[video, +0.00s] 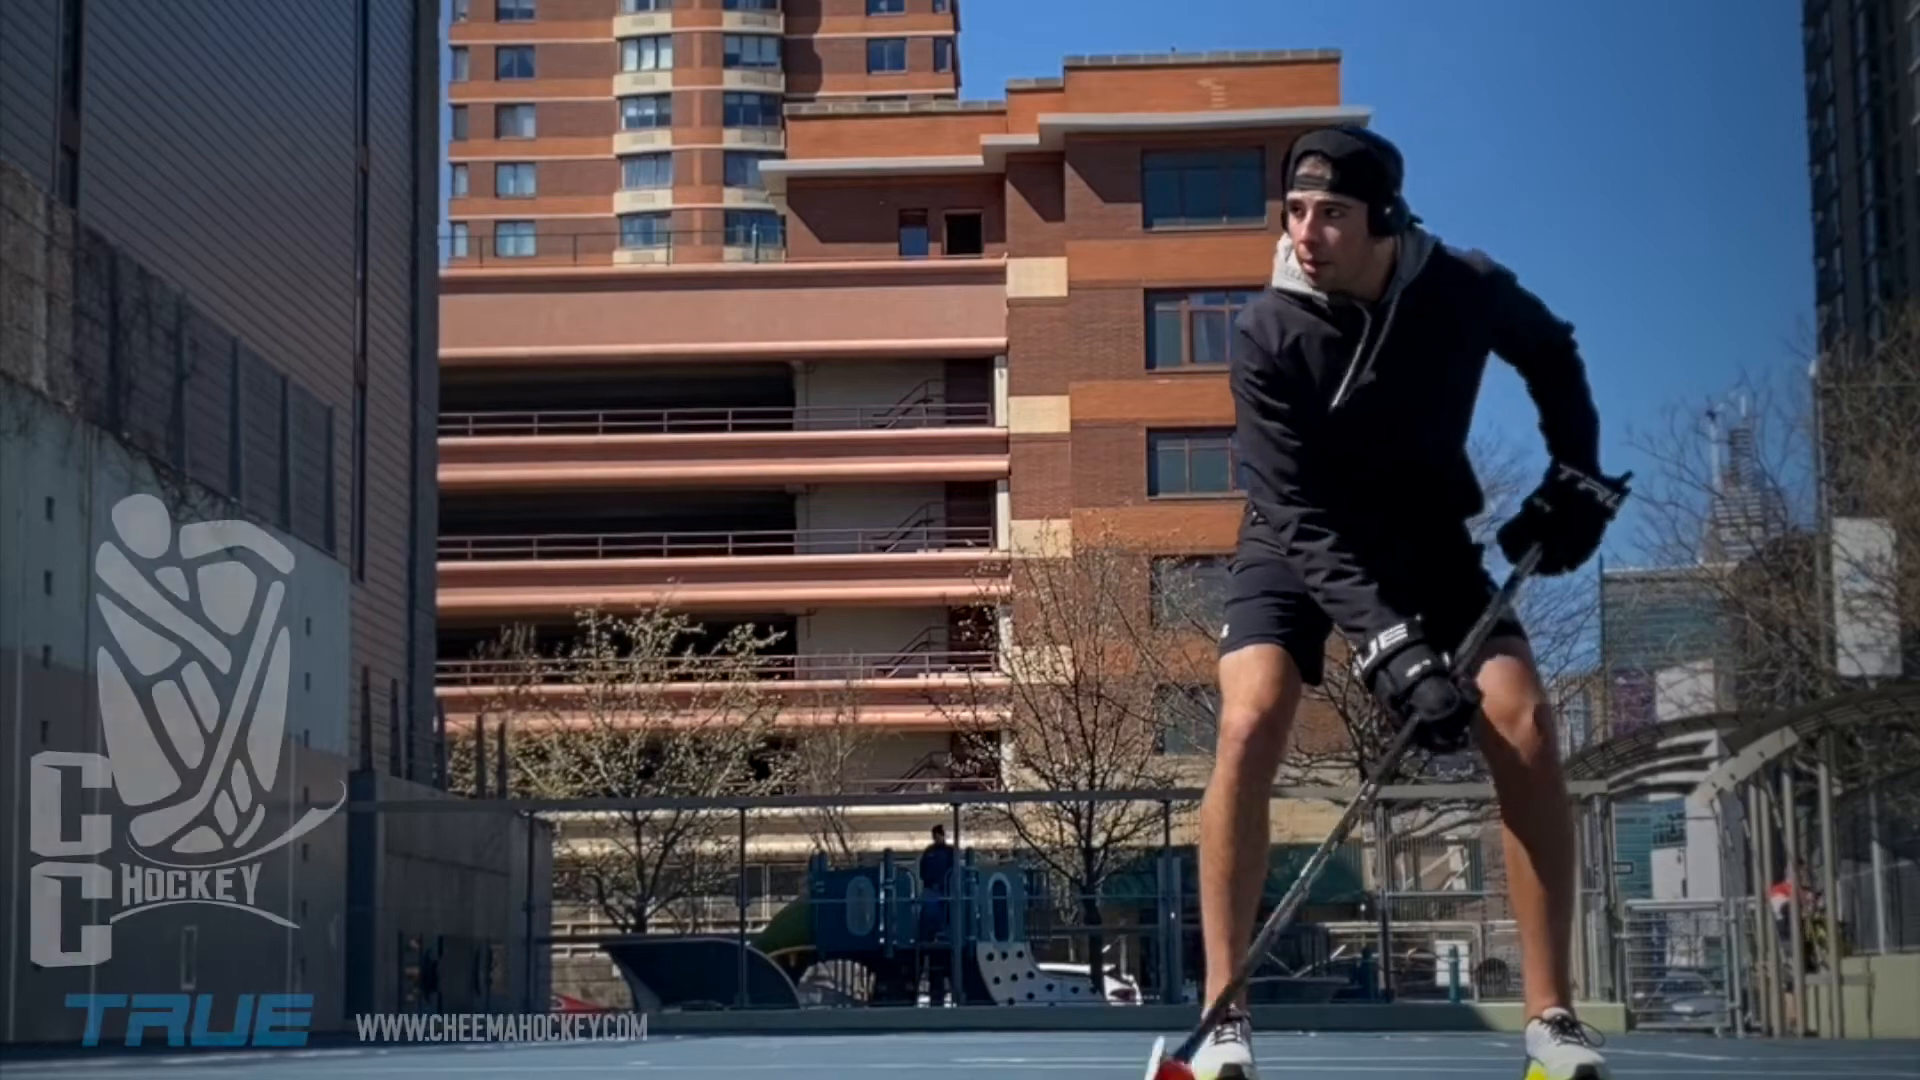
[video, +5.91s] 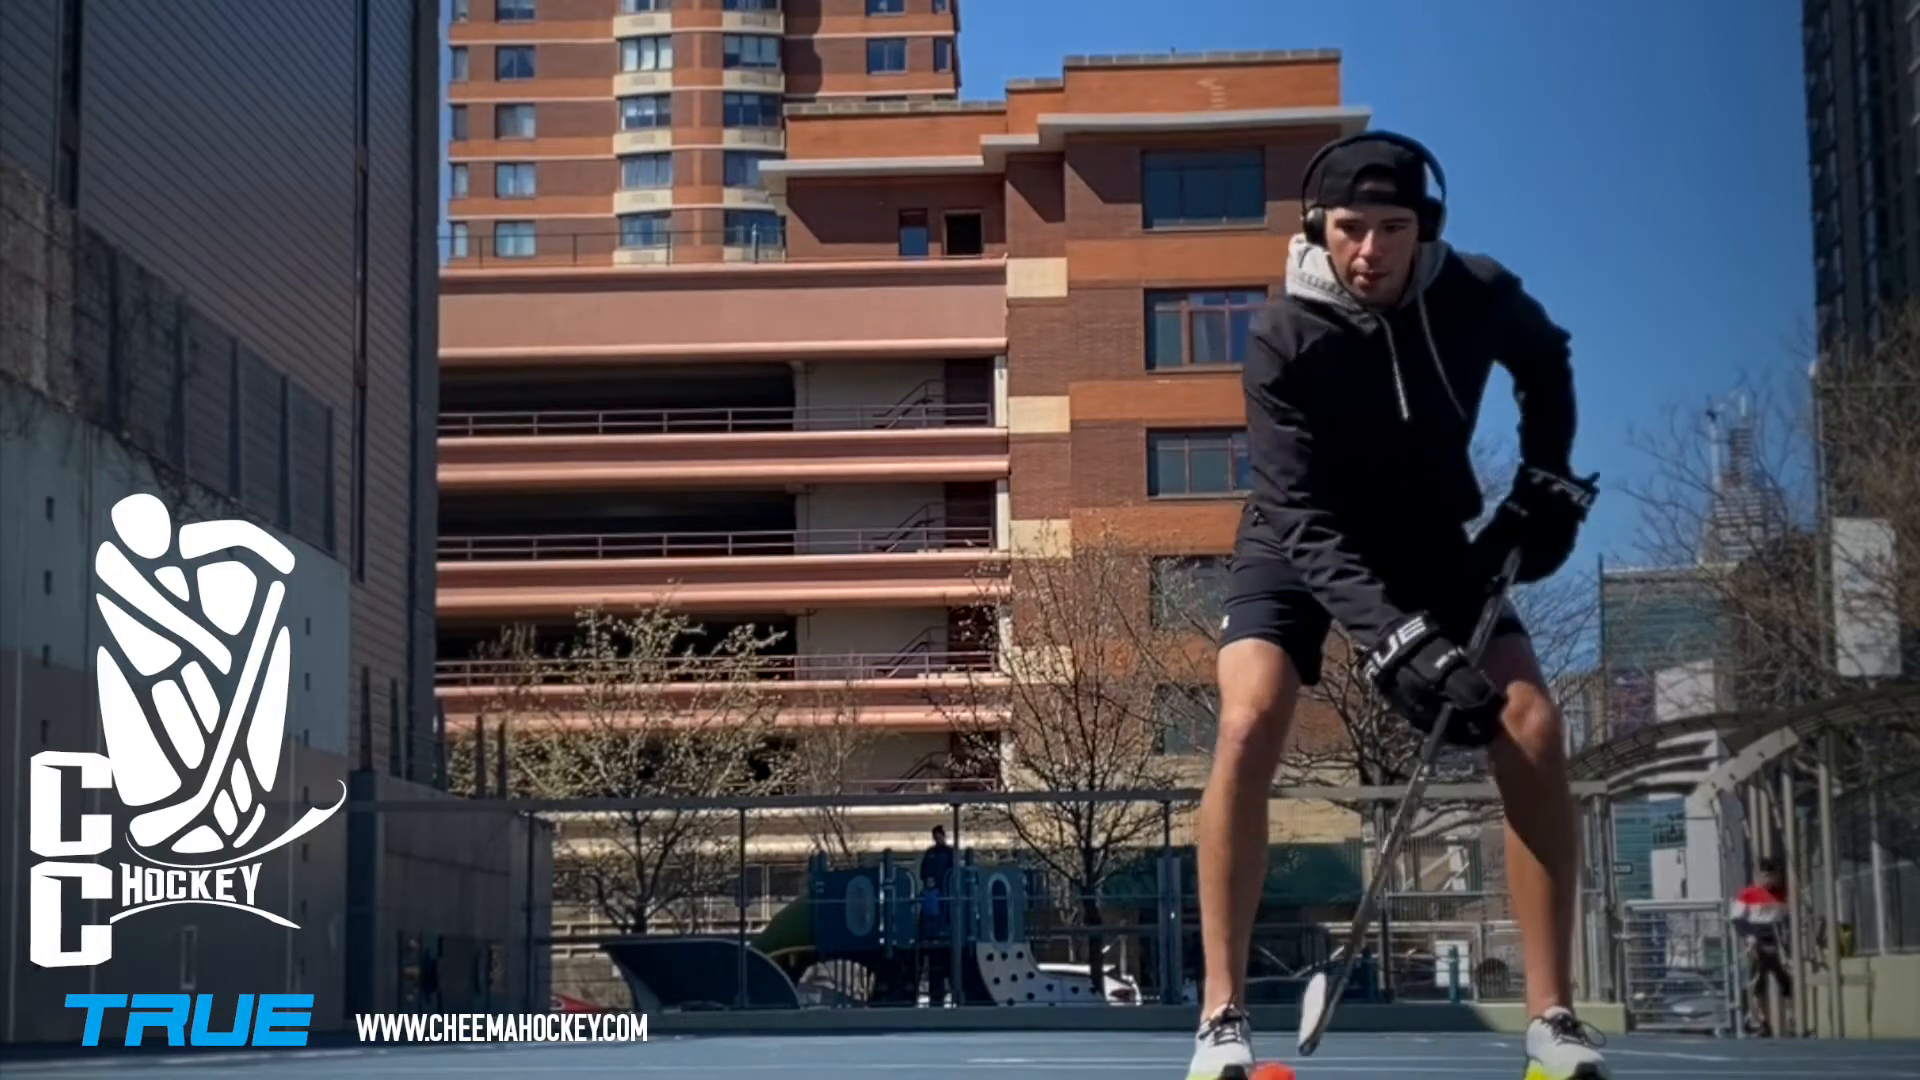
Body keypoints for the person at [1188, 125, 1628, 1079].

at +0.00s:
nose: (1306, 231)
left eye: (1329, 214)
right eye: (1296, 211)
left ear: (1382, 219)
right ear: (1285, 217)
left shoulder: (1463, 290)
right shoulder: (1271, 332)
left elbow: (1550, 355)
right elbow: (1290, 515)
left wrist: (1578, 475)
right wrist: (1385, 641)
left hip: (1430, 539)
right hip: (1298, 542)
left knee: (1527, 726)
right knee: (1250, 723)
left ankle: (1551, 1013)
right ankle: (1222, 1013)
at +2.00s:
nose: (1371, 243)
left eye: (1384, 221)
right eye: (1347, 225)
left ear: (1401, 217)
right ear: (1297, 227)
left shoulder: (1440, 283)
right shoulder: (1257, 338)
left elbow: (1518, 334)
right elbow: (1292, 524)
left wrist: (1519, 465)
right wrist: (1414, 636)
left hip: (1411, 533)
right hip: (1280, 538)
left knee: (1515, 731)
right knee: (1238, 724)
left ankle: (1550, 1014)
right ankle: (1222, 1014)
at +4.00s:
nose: (1330, 286)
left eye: (1349, 264)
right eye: (1310, 266)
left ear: (1379, 262)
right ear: (1278, 265)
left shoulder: (1432, 319)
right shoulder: (1253, 376)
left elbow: (1509, 362)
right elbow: (1294, 553)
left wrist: (1506, 474)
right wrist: (1411, 670)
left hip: (1412, 564)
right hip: (1284, 570)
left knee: (1523, 742)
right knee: (1230, 726)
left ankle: (1549, 1016)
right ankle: (1219, 1015)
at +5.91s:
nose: (1368, 252)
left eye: (1389, 230)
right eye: (1349, 230)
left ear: (1424, 230)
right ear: (1321, 232)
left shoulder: (1476, 294)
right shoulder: (1285, 336)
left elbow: (1543, 362)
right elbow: (1298, 521)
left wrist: (1546, 482)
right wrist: (1396, 640)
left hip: (1432, 535)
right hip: (1301, 539)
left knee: (1534, 726)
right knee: (1249, 725)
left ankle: (1552, 1015)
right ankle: (1222, 1014)